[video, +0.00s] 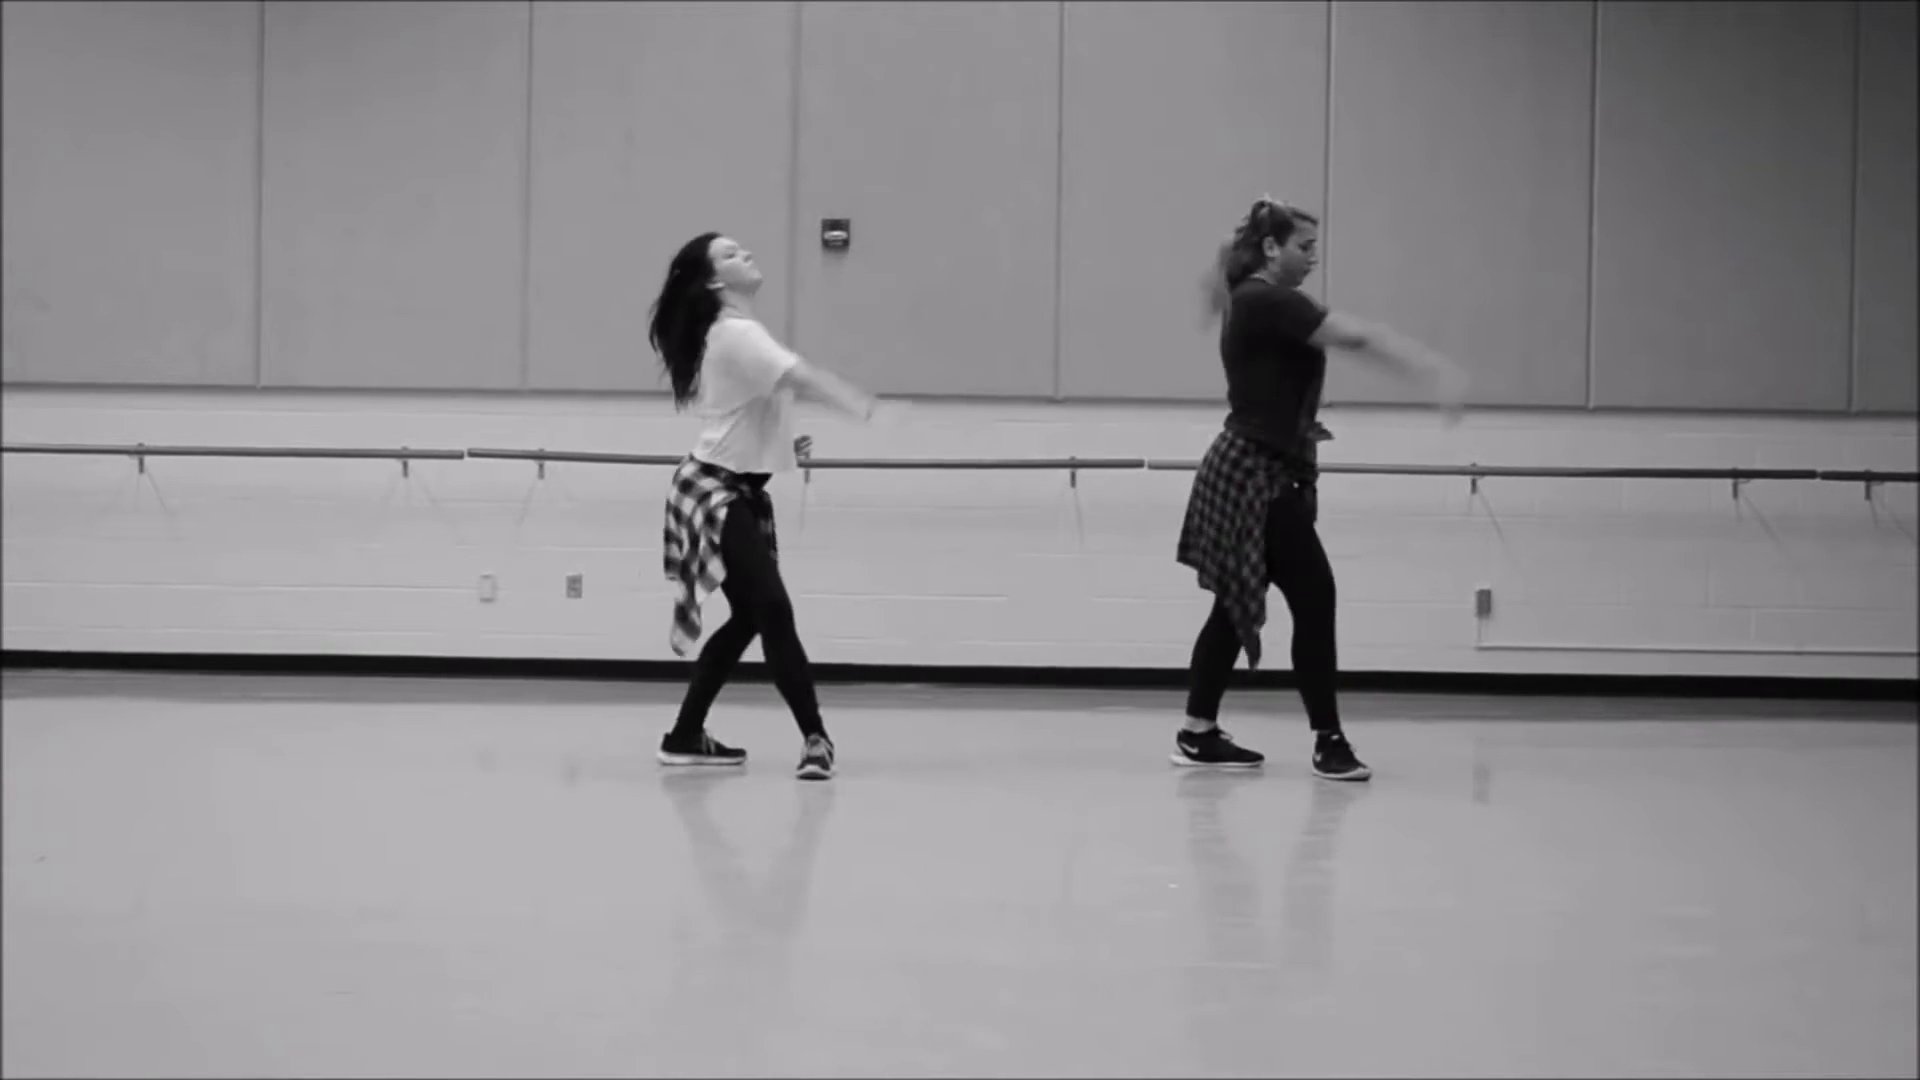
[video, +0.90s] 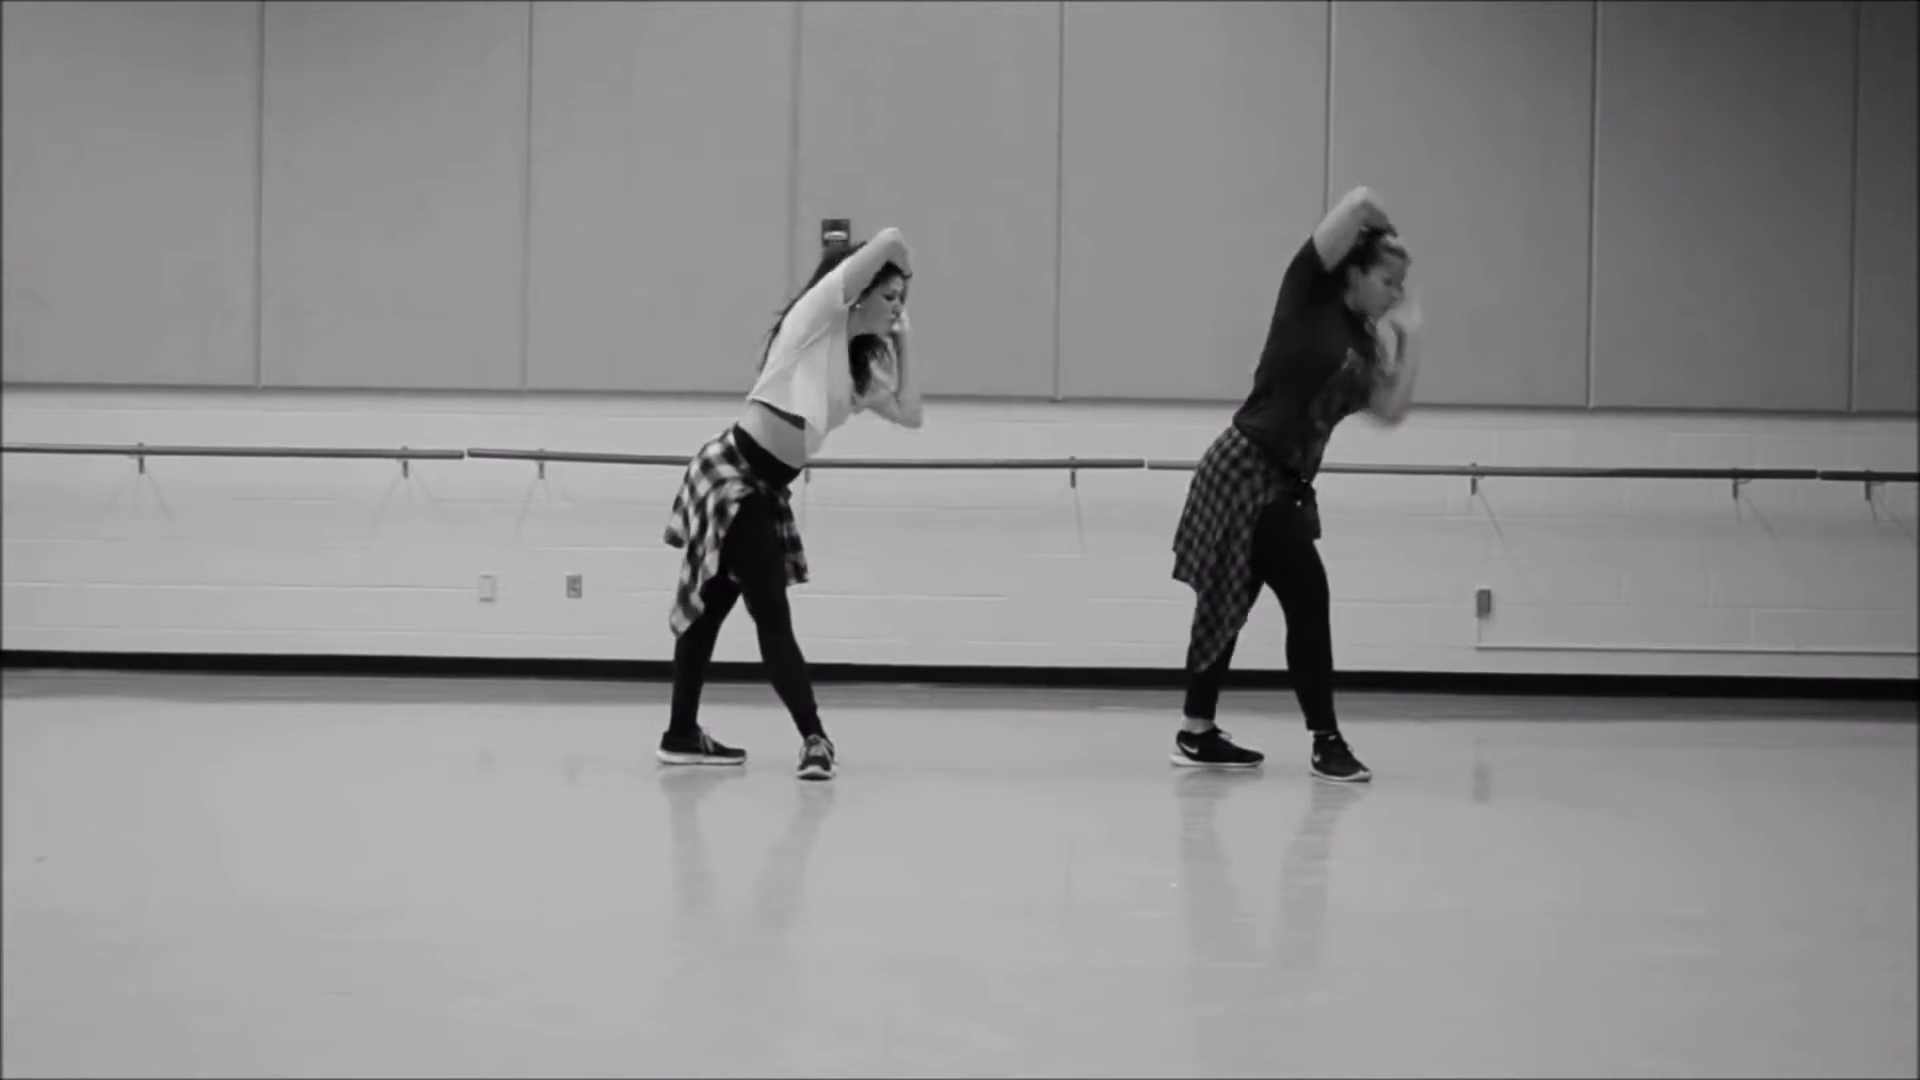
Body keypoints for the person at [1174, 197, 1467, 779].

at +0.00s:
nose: (1311, 259)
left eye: (1314, 249)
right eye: (1303, 248)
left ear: (1274, 250)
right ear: (1270, 247)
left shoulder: (1256, 300)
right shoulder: (1270, 300)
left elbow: (1258, 385)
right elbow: (1359, 337)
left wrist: (1299, 425)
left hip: (1258, 473)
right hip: (1262, 478)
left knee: (1236, 602)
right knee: (1314, 596)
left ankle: (1198, 730)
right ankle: (1328, 741)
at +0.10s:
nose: (1334, 259)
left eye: (1335, 248)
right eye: (1326, 248)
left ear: (1290, 251)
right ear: (1292, 249)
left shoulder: (1271, 296)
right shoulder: (1291, 294)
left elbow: (1254, 387)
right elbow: (1387, 304)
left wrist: (1302, 463)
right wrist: (1475, 313)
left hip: (1253, 468)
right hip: (1259, 473)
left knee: (1230, 599)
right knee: (1311, 594)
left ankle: (1196, 729)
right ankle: (1328, 741)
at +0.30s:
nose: (1375, 272)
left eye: (1375, 261)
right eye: (1368, 261)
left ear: (1322, 254)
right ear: (1339, 258)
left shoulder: (1294, 302)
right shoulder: (1318, 294)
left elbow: (1235, 369)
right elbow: (1416, 269)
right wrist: (1501, 232)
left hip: (1251, 469)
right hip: (1251, 471)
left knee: (1217, 602)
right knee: (1304, 600)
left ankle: (1195, 729)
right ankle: (1326, 742)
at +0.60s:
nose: (1405, 299)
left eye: (1407, 288)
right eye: (1399, 286)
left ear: (1379, 280)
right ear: (1369, 277)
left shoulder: (1347, 327)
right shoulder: (1323, 297)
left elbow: (1266, 365)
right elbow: (1383, 232)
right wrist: (1415, 214)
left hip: (1269, 479)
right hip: (1251, 474)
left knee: (1212, 596)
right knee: (1308, 600)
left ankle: (1195, 729)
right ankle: (1328, 742)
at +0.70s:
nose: (1404, 302)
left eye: (1407, 292)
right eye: (1399, 289)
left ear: (1376, 285)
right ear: (1369, 281)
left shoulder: (1355, 333)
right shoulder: (1318, 290)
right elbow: (1383, 206)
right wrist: (1382, 241)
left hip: (1279, 482)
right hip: (1243, 470)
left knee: (1218, 600)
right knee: (1309, 595)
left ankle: (1196, 730)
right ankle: (1327, 741)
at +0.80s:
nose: (1403, 304)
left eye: (1406, 293)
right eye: (1400, 291)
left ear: (1373, 287)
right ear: (1371, 282)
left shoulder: (1355, 342)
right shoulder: (1312, 288)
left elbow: (1321, 427)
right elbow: (1368, 200)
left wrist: (1383, 419)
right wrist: (1385, 227)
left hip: (1280, 484)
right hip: (1243, 472)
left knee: (1225, 601)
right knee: (1308, 594)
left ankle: (1196, 730)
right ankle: (1327, 741)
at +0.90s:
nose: (1394, 295)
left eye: (1399, 286)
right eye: (1388, 282)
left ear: (1384, 287)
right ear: (1355, 270)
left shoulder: (1362, 345)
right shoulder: (1309, 289)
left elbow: (1390, 409)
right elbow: (1360, 201)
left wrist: (1407, 343)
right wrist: (1385, 230)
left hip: (1279, 483)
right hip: (1248, 471)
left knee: (1227, 598)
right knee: (1308, 595)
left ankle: (1196, 728)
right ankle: (1327, 741)